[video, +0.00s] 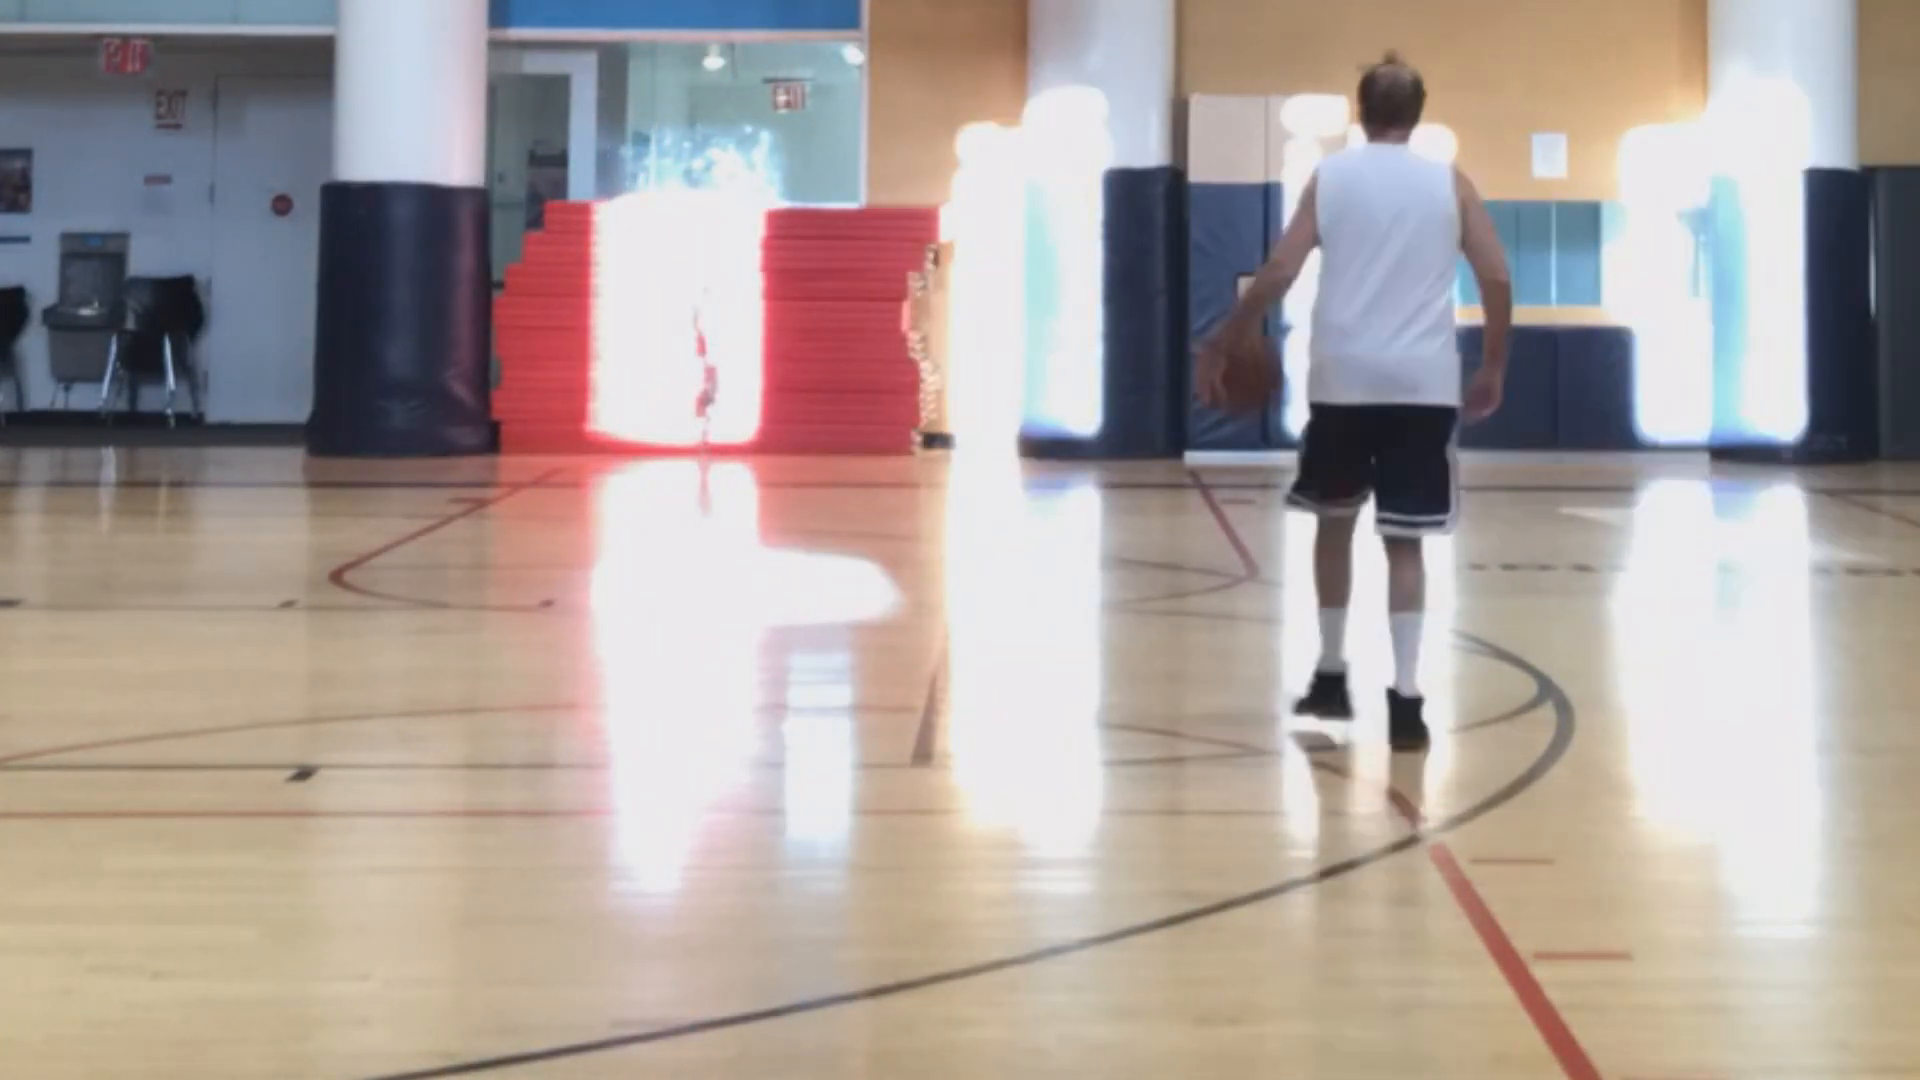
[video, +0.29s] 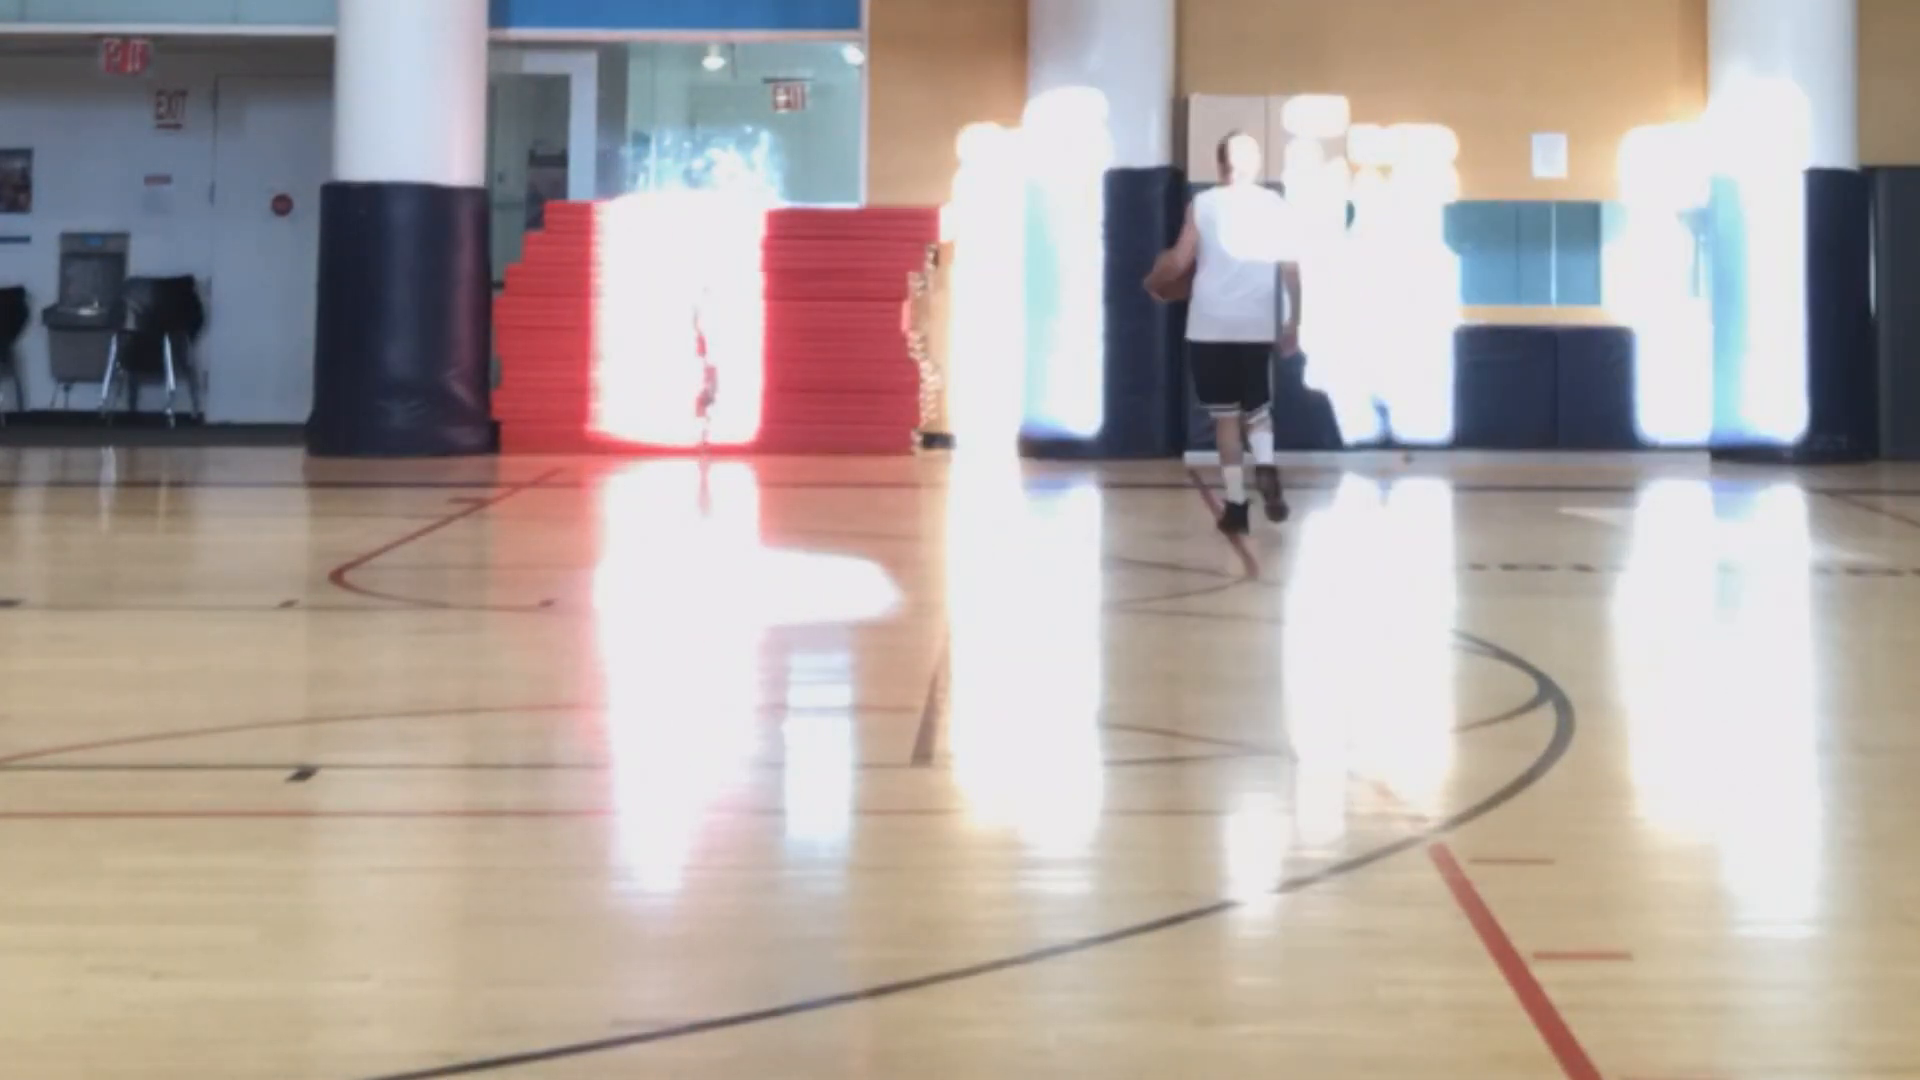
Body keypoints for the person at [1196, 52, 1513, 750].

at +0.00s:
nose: (1377, 118)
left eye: (1366, 106)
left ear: (1360, 114)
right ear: (1418, 118)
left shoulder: (1330, 177)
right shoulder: (1450, 181)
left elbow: (1279, 275)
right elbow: (1496, 277)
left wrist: (1231, 334)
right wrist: (1494, 367)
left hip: (1342, 382)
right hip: (1424, 386)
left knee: (1335, 525)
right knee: (1405, 540)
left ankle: (1331, 676)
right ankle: (1406, 699)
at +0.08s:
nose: (1314, 136)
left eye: (1294, 127)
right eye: (1327, 128)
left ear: (1284, 131)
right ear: (1332, 134)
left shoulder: (1256, 184)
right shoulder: (1360, 192)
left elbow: (1219, 258)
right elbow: (1394, 279)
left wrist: (1177, 289)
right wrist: (1397, 351)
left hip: (1263, 366)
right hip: (1334, 367)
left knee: (1257, 484)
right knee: (1321, 500)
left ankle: (1263, 613)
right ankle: (1320, 637)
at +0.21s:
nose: (1271, 161)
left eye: (1264, 156)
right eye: (1278, 156)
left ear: (1251, 160)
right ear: (1286, 162)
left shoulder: (1224, 195)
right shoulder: (1307, 203)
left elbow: (1192, 256)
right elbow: (1332, 270)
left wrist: (1164, 277)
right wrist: (1339, 326)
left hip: (1231, 338)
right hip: (1285, 340)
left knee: (1230, 433)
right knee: (1275, 447)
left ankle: (1233, 506)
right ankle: (1269, 550)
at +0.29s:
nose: (1228, 170)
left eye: (1225, 163)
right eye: (1234, 162)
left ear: (1222, 165)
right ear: (1257, 165)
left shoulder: (1203, 204)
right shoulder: (1275, 205)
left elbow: (1180, 262)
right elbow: (1291, 271)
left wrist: (1156, 280)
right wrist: (1293, 323)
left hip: (1210, 329)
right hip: (1258, 330)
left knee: (1225, 418)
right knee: (1258, 411)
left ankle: (1236, 504)